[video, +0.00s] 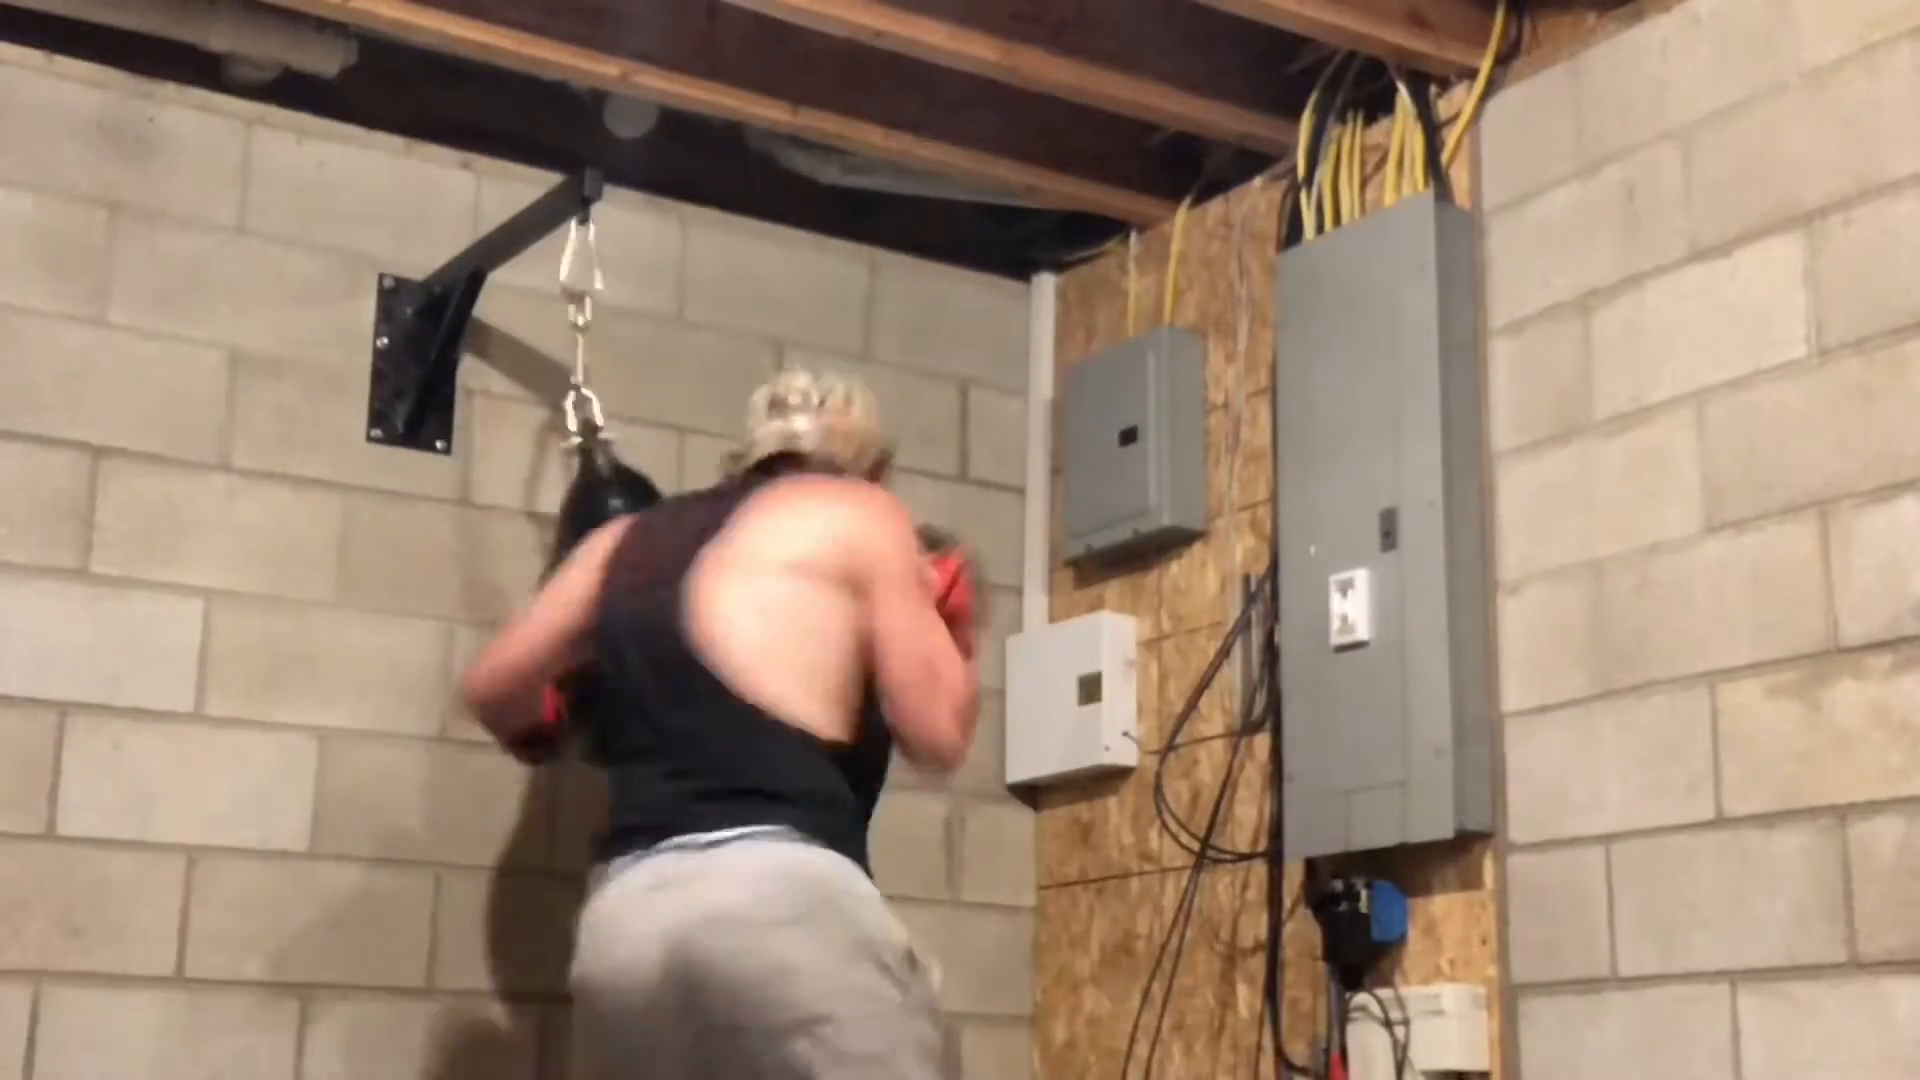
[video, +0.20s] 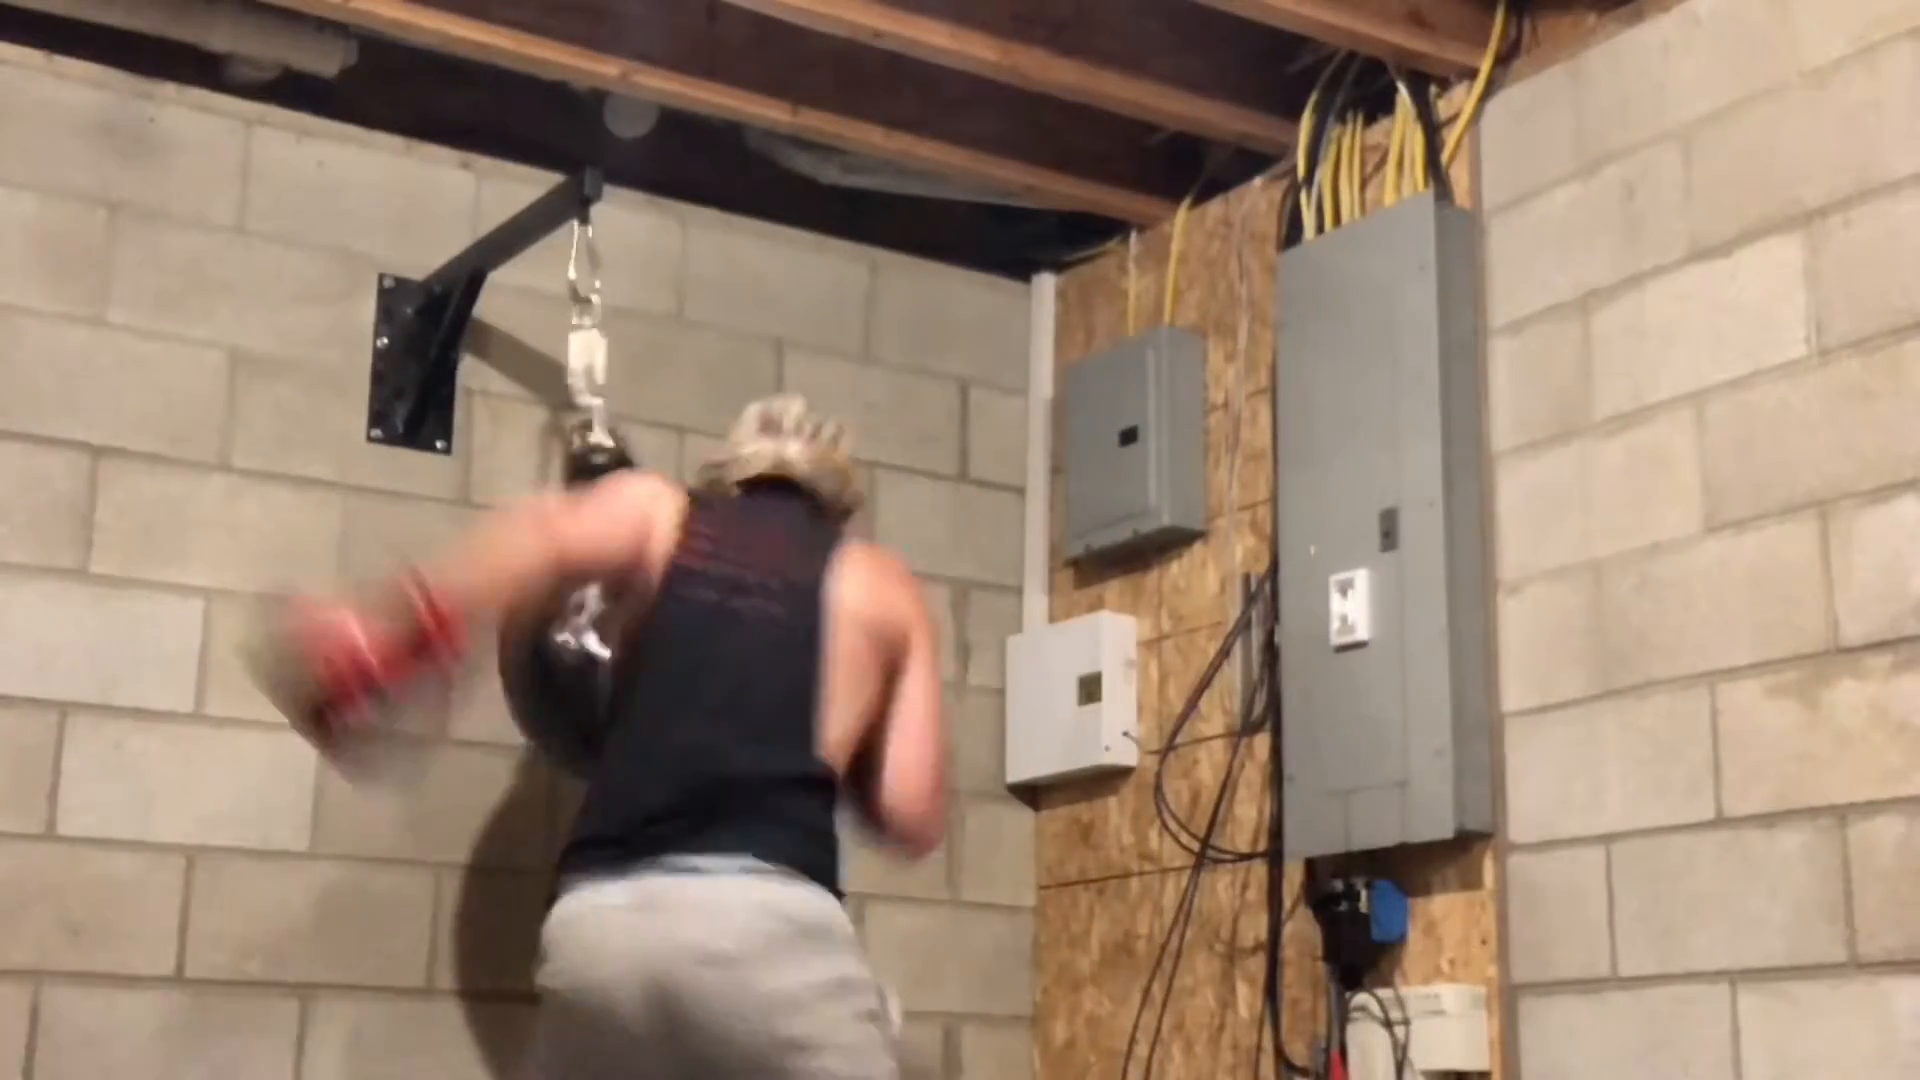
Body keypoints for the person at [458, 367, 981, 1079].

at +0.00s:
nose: (886, 496)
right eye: (884, 485)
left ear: (752, 457)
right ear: (869, 469)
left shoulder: (626, 536)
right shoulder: (862, 512)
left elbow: (493, 682)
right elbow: (939, 737)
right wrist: (956, 628)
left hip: (622, 912)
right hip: (784, 900)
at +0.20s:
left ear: (726, 468)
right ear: (846, 498)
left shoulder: (656, 507)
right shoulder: (886, 585)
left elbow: (532, 534)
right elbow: (915, 818)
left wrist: (391, 632)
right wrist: (834, 721)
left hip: (596, 931)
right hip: (768, 931)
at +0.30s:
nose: (907, 505)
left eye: (907, 491)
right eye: (905, 487)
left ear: (791, 436)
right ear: (893, 463)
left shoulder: (669, 494)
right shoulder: (862, 508)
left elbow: (480, 539)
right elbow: (910, 739)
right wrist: (958, 665)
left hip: (580, 894)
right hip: (712, 905)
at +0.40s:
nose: (891, 498)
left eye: (894, 485)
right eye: (893, 481)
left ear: (776, 427)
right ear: (881, 461)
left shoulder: (643, 491)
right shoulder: (842, 507)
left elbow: (473, 596)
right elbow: (875, 742)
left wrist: (542, 681)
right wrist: (936, 638)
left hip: (549, 899)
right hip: (694, 903)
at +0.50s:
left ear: (701, 457)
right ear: (825, 484)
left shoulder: (602, 520)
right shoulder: (852, 560)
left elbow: (489, 661)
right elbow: (874, 810)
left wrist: (600, 722)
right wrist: (819, 672)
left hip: (546, 924)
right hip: (728, 928)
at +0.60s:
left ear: (688, 471)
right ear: (814, 490)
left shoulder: (592, 540)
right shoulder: (865, 586)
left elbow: (476, 723)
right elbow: (875, 845)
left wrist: (606, 710)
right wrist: (817, 707)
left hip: (576, 966)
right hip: (771, 974)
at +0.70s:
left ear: (711, 438)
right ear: (839, 448)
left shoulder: (616, 512)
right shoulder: (907, 553)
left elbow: (494, 697)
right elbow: (928, 816)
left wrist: (629, 746)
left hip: (633, 953)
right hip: (827, 958)